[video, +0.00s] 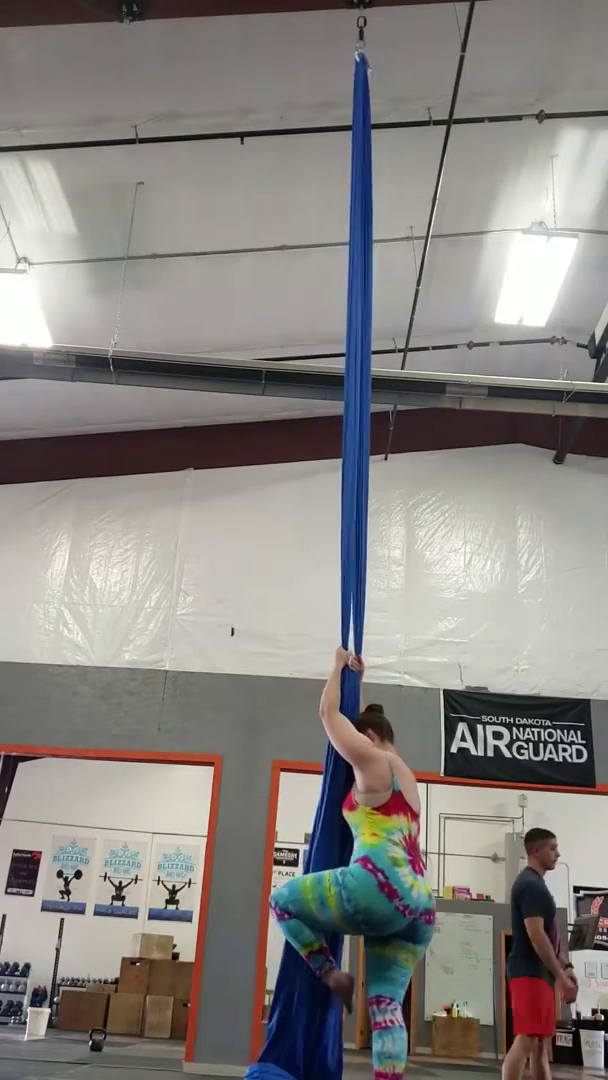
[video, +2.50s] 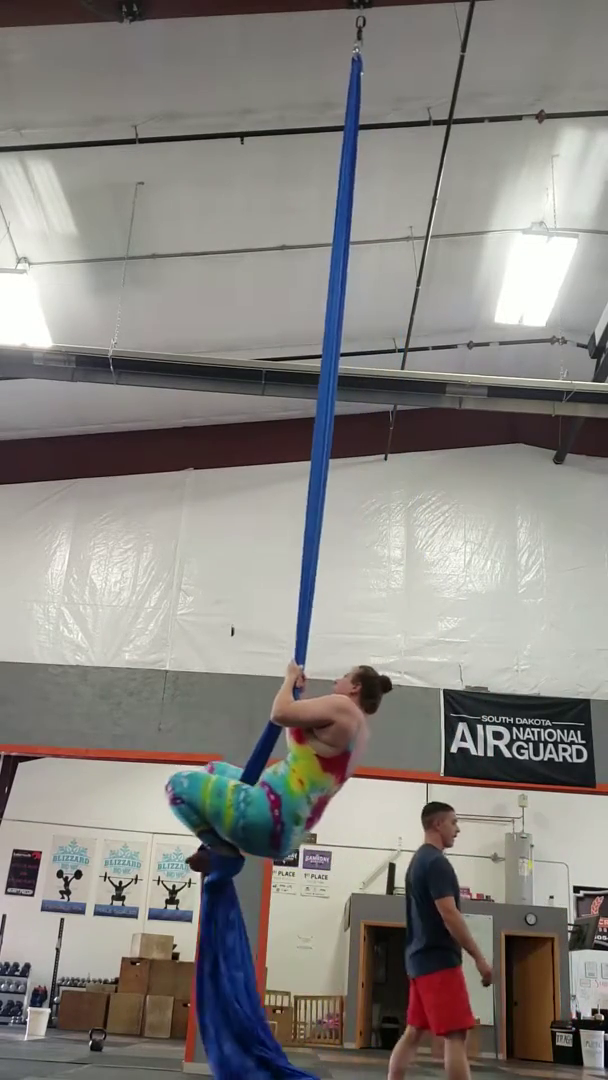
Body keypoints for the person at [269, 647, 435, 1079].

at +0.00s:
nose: (353, 744)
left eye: (356, 737)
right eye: (355, 739)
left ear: (368, 735)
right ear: (388, 736)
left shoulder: (370, 757)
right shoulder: (405, 774)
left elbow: (329, 712)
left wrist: (337, 666)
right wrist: (355, 681)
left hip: (375, 883)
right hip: (417, 906)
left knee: (283, 903)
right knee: (385, 1002)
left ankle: (330, 974)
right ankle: (389, 1076)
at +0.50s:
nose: (377, 746)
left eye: (382, 740)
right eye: (379, 740)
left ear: (397, 746)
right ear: (417, 752)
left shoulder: (393, 772)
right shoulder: (424, 784)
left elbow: (357, 711)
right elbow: (385, 732)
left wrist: (358, 664)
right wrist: (373, 684)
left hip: (385, 915)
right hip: (429, 942)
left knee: (312, 888)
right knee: (369, 1019)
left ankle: (330, 978)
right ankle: (377, 1076)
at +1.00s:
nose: (443, 675)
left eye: (444, 670)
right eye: (441, 671)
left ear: (452, 667)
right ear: (476, 669)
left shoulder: (461, 681)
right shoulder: (492, 709)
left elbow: (405, 702)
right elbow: (450, 725)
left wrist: (408, 662)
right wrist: (434, 681)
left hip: (423, 808)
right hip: (461, 845)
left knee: (355, 753)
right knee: (390, 882)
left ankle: (376, 838)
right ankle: (390, 931)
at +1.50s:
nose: (435, 686)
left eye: (437, 680)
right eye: (433, 681)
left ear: (451, 672)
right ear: (466, 672)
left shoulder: (459, 687)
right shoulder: (488, 715)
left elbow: (401, 705)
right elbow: (447, 722)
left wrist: (405, 665)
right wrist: (429, 683)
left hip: (421, 813)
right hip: (442, 846)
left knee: (361, 719)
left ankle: (340, 790)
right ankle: (357, 809)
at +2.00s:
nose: (387, 688)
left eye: (389, 682)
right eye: (387, 683)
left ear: (406, 681)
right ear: (413, 685)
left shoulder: (403, 703)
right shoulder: (423, 720)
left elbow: (340, 714)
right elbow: (358, 743)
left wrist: (346, 676)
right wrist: (357, 693)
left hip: (362, 826)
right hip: (381, 851)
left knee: (272, 775)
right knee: (309, 773)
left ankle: (299, 852)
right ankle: (293, 847)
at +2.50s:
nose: (337, 682)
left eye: (344, 678)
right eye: (342, 678)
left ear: (355, 688)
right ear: (361, 693)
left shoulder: (343, 706)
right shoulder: (356, 724)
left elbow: (281, 714)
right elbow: (301, 741)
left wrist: (289, 680)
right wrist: (299, 696)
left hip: (266, 820)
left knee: (179, 786)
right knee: (214, 769)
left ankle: (220, 848)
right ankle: (225, 846)